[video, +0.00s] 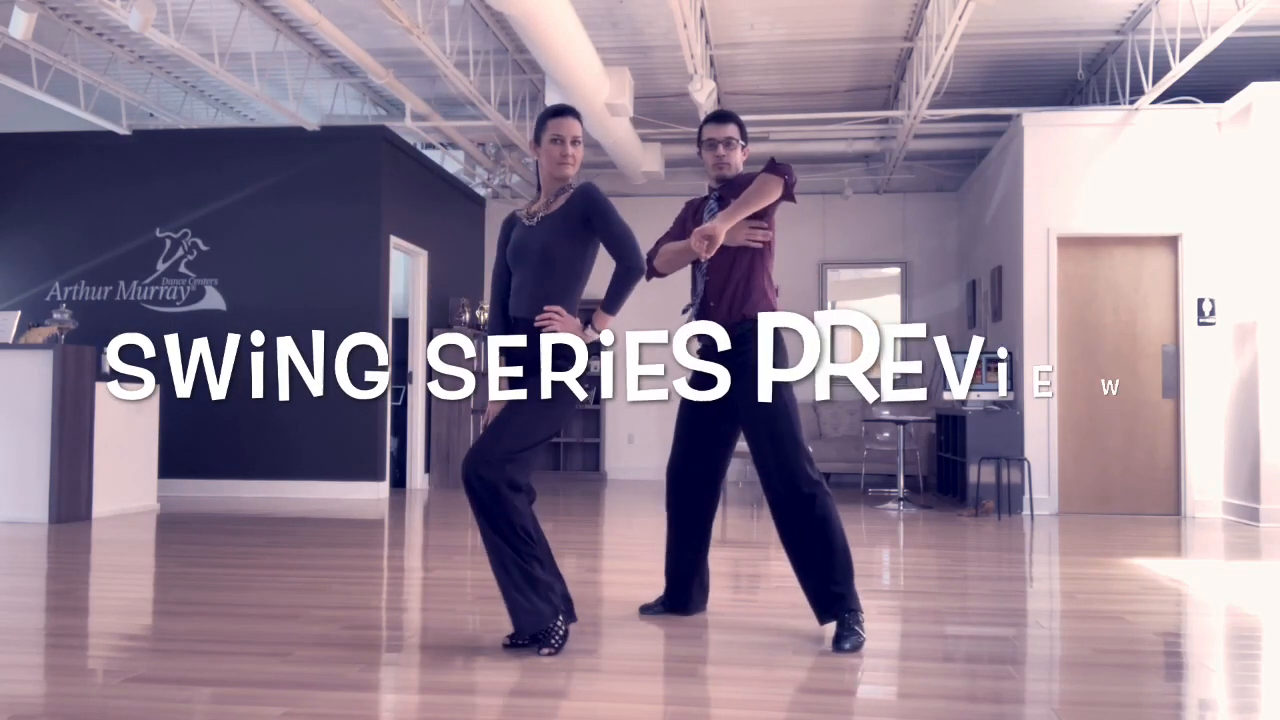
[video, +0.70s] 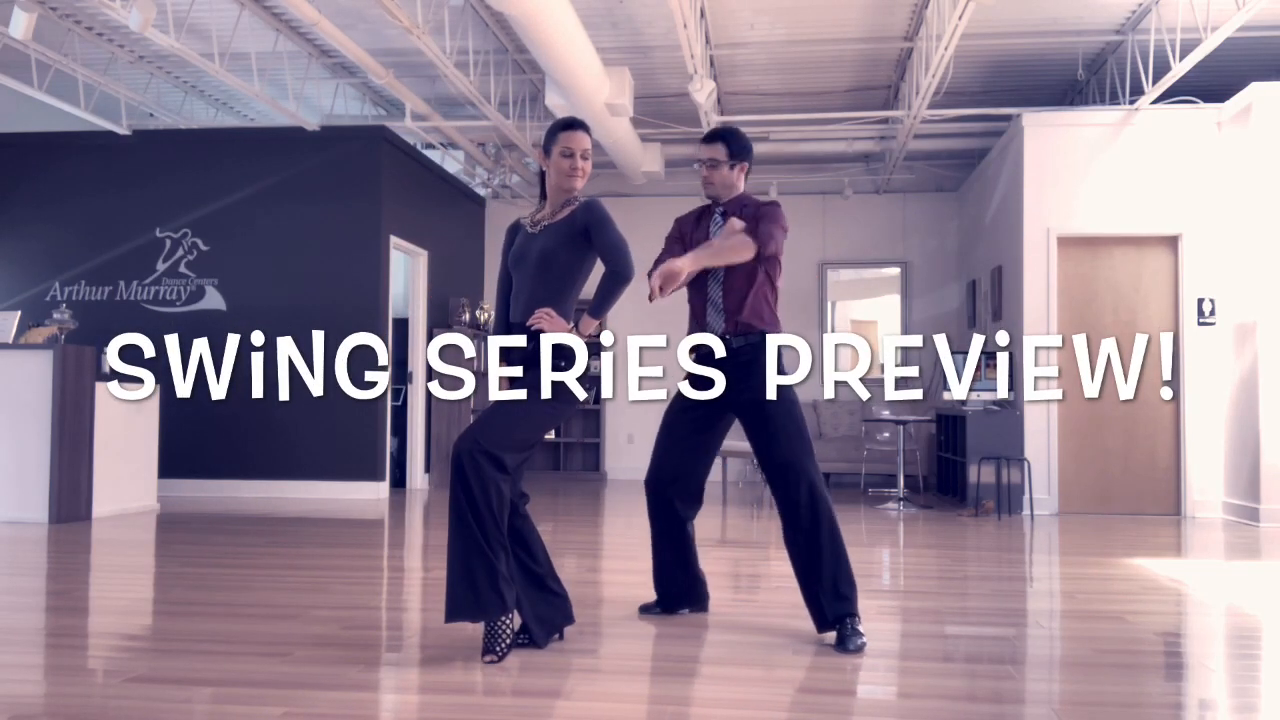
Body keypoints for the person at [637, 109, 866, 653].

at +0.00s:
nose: (720, 152)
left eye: (729, 144)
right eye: (711, 145)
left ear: (744, 148)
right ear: (699, 154)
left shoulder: (760, 184)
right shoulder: (694, 210)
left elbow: (778, 180)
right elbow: (655, 264)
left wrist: (722, 221)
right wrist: (695, 244)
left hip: (757, 346)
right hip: (706, 350)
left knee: (792, 476)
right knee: (688, 475)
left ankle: (844, 609)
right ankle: (684, 593)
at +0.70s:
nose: (705, 173)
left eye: (714, 165)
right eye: (701, 165)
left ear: (742, 170)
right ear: (700, 170)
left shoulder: (767, 212)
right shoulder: (690, 224)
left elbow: (755, 244)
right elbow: (662, 271)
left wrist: (690, 261)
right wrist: (674, 267)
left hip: (759, 364)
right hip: (704, 366)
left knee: (800, 484)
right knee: (665, 483)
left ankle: (841, 615)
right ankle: (682, 592)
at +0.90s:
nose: (703, 182)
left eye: (710, 173)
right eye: (701, 174)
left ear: (742, 174)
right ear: (712, 178)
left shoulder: (774, 224)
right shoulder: (700, 222)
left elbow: (752, 279)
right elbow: (640, 246)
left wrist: (684, 279)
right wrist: (696, 204)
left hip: (756, 367)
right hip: (704, 369)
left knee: (796, 482)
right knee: (658, 484)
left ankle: (849, 614)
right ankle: (681, 592)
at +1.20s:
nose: (751, 172)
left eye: (756, 162)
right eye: (752, 163)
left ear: (777, 164)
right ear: (792, 165)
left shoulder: (802, 215)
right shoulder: (766, 209)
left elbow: (724, 243)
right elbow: (684, 188)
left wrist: (730, 207)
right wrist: (673, 125)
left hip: (769, 361)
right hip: (733, 360)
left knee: (799, 490)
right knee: (679, 475)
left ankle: (851, 615)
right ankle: (679, 590)